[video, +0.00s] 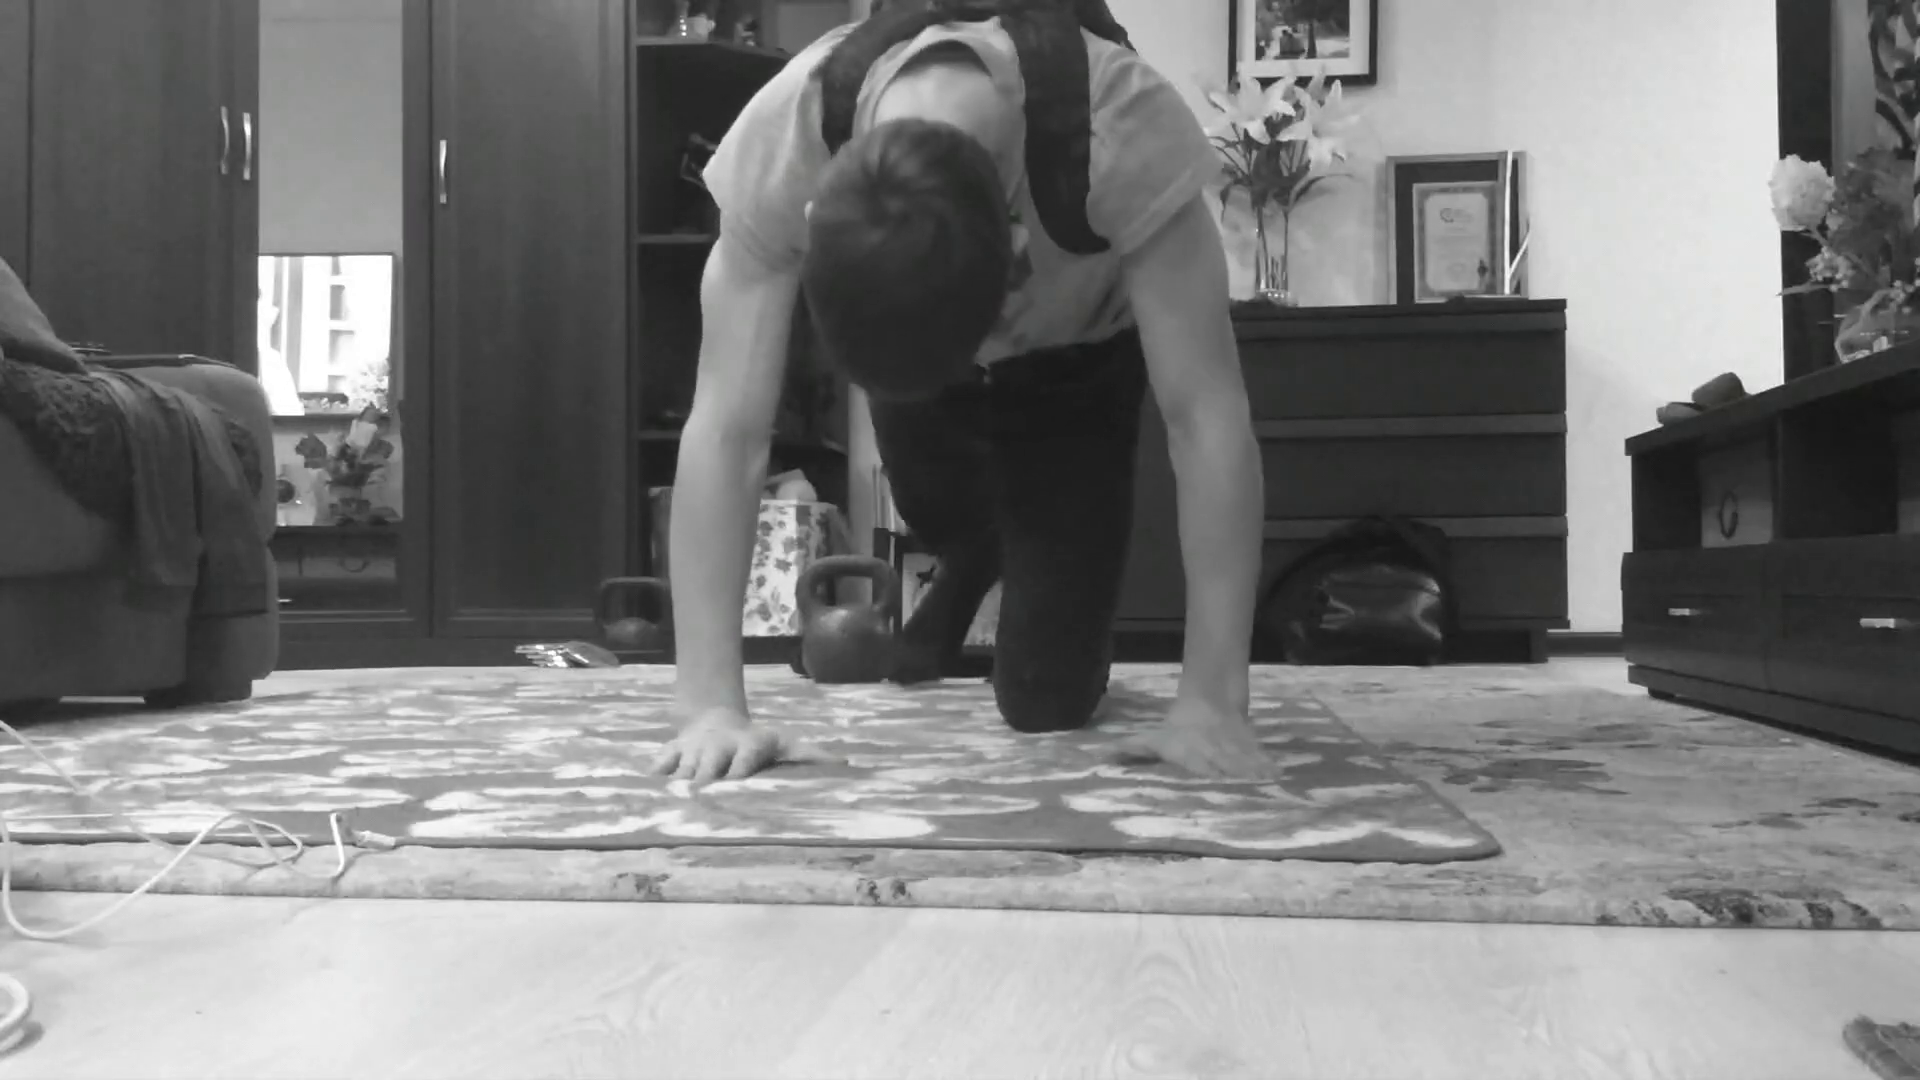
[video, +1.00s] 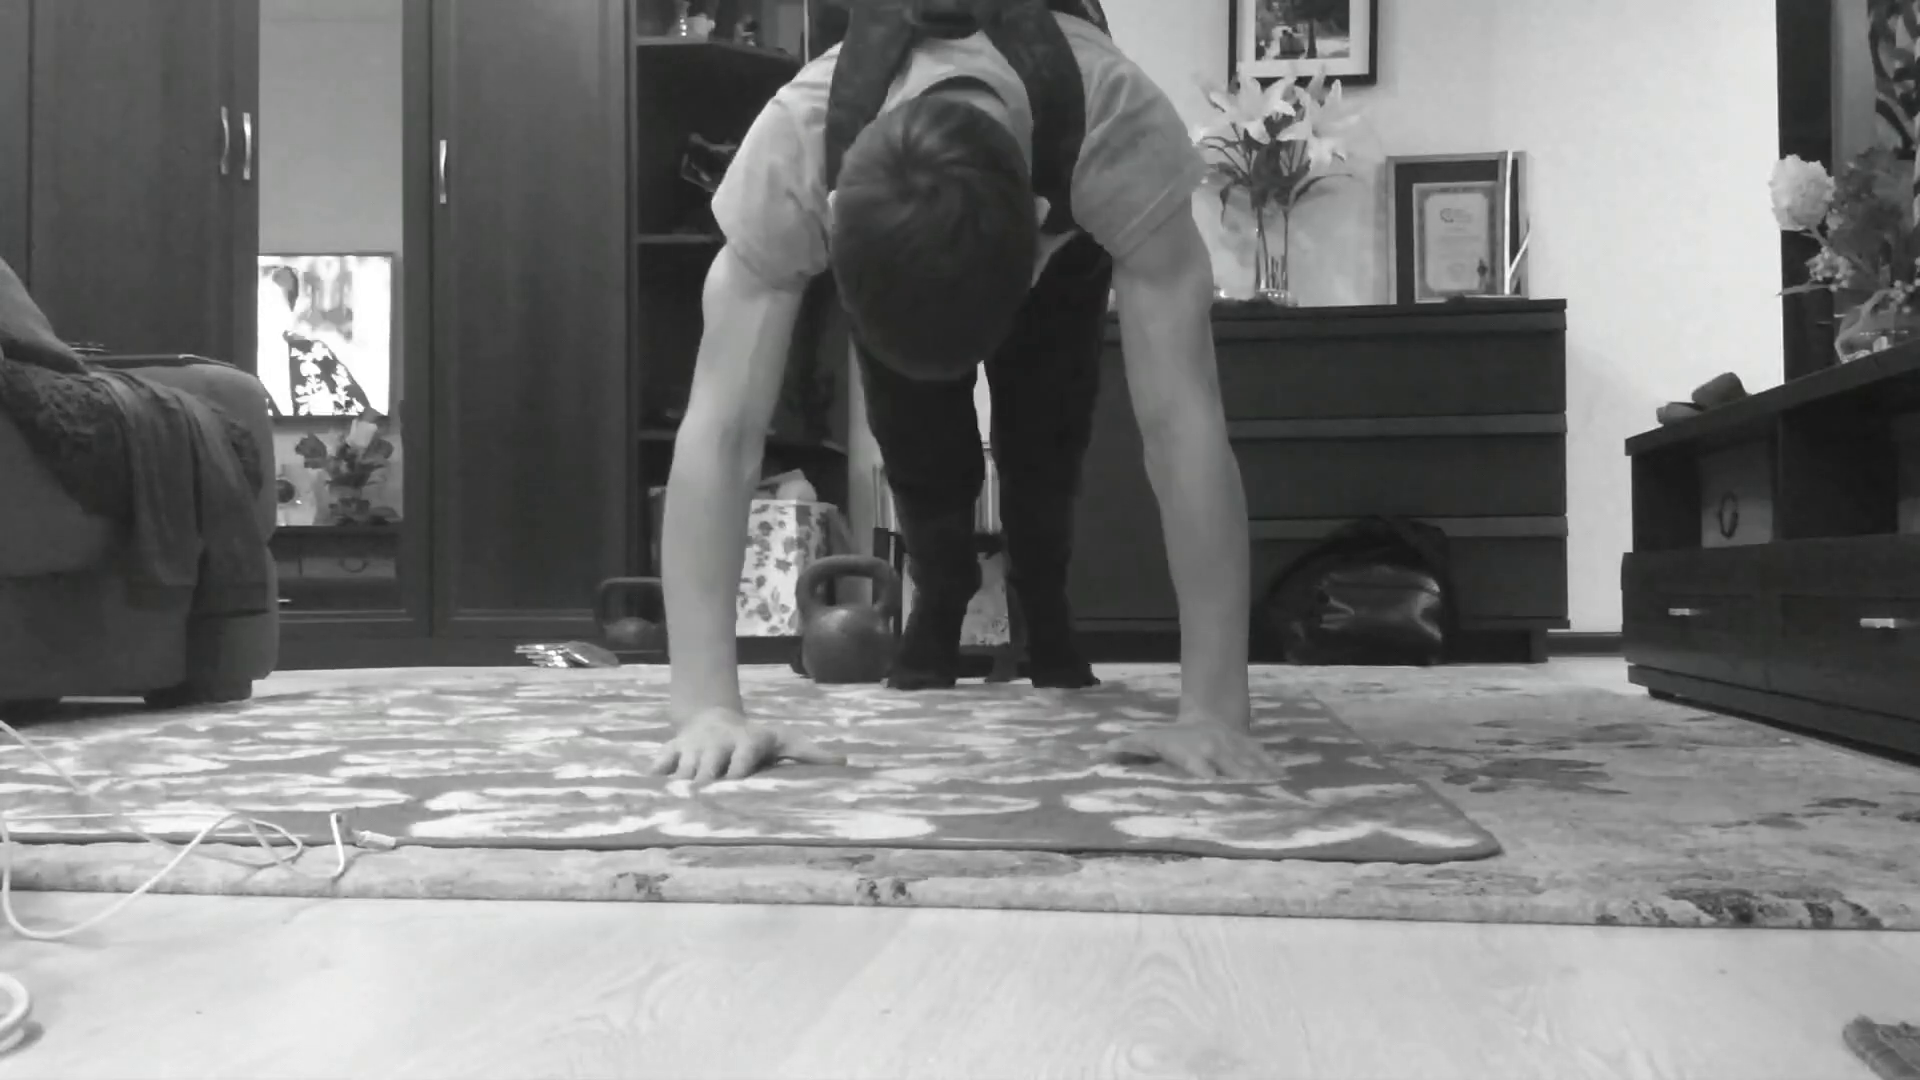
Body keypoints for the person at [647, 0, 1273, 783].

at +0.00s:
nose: (904, 399)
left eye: (927, 382)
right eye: (889, 387)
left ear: (1012, 259)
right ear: (821, 247)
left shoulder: (1126, 137)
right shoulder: (780, 153)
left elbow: (1208, 416)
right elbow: (724, 435)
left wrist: (1214, 702)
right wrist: (711, 710)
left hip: (1079, 340)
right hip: (911, 346)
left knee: (1039, 704)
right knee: (933, 511)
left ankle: (1062, 643)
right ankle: (969, 563)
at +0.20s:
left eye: (955, 346)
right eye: (896, 361)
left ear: (1010, 241)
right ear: (830, 227)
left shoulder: (1124, 139)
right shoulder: (781, 150)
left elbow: (1190, 425)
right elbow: (718, 434)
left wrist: (1214, 709)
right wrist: (708, 710)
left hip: (1058, 320)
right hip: (887, 327)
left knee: (1040, 703)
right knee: (916, 522)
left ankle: (1044, 638)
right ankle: (940, 591)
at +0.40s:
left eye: (960, 341)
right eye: (892, 352)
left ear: (1013, 238)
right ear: (831, 208)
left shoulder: (1125, 137)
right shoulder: (781, 144)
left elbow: (1190, 434)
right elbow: (710, 435)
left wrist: (1215, 714)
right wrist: (706, 711)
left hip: (1053, 293)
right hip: (877, 303)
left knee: (1060, 580)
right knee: (915, 532)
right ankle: (934, 591)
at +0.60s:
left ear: (1020, 235)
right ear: (824, 222)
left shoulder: (1123, 142)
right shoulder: (777, 148)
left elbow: (1188, 429)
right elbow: (707, 433)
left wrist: (1215, 714)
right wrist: (707, 711)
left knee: (1048, 424)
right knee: (903, 439)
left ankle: (1028, 514)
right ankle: (938, 577)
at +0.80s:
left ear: (1022, 229)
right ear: (833, 232)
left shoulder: (1129, 146)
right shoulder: (780, 155)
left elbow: (1190, 425)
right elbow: (707, 431)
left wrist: (1214, 712)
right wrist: (706, 711)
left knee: (1038, 406)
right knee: (911, 429)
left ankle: (1035, 517)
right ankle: (942, 590)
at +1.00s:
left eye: (962, 358)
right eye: (910, 364)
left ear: (1035, 217)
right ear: (840, 235)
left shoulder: (1129, 150)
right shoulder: (790, 163)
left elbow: (1189, 433)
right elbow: (718, 438)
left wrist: (1215, 713)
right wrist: (707, 710)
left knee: (1044, 430)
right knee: (911, 430)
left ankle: (1042, 615)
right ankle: (937, 594)